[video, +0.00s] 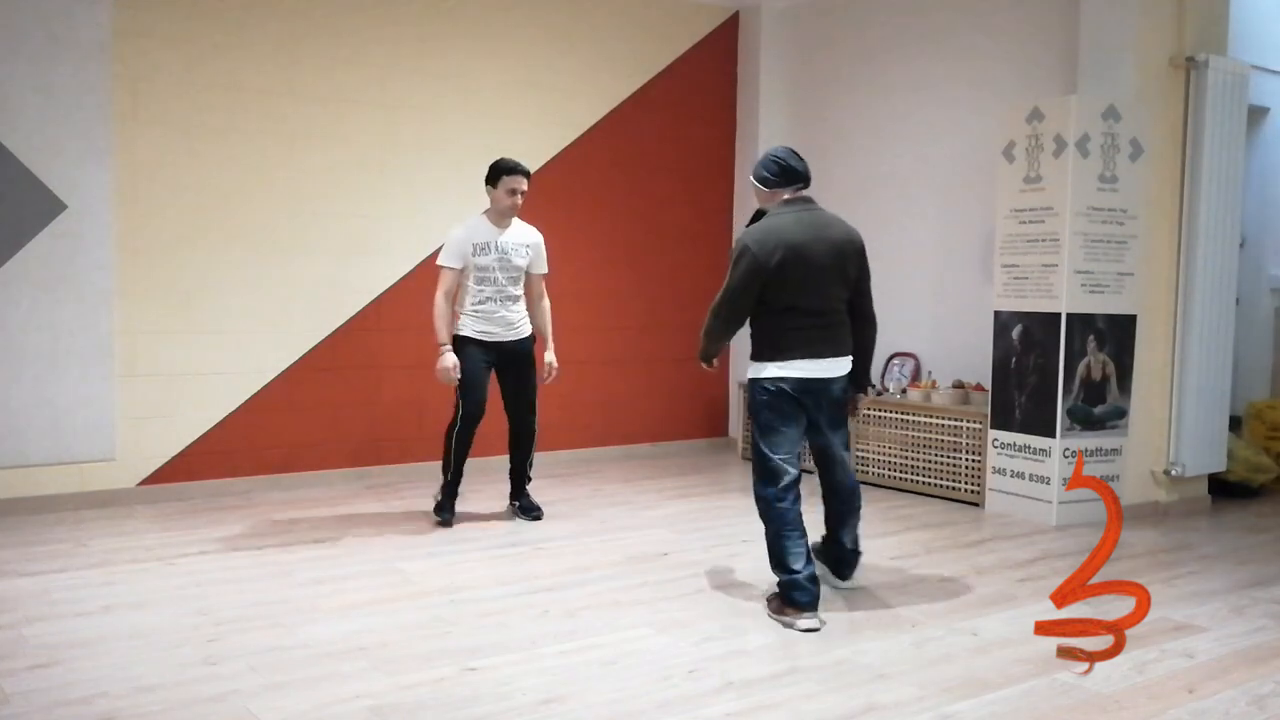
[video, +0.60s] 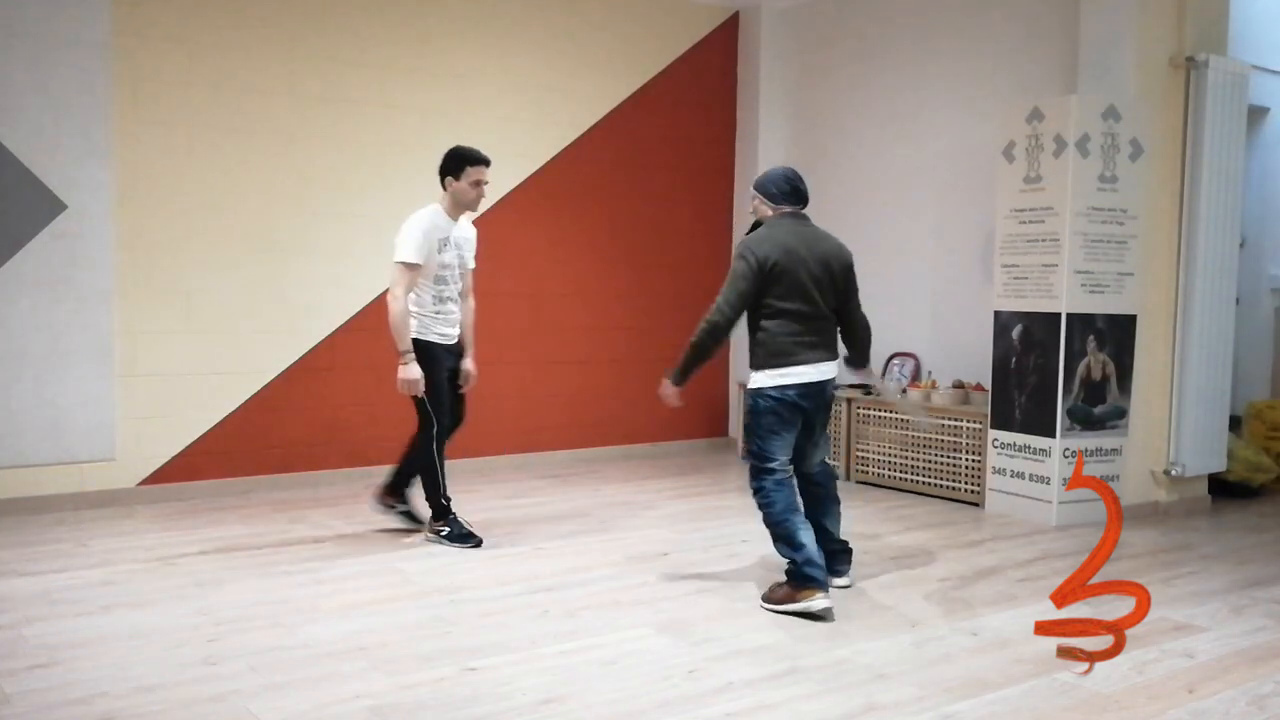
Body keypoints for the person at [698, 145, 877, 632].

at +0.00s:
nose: (756, 195)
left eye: (757, 188)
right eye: (757, 188)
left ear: (767, 190)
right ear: (804, 186)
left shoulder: (760, 239)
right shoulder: (845, 235)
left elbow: (729, 309)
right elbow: (863, 317)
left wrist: (708, 349)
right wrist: (858, 379)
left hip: (777, 378)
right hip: (834, 376)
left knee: (778, 487)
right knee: (839, 470)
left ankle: (798, 595)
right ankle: (842, 557)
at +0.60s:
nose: (752, 207)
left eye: (755, 200)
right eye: (753, 200)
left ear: (768, 204)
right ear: (798, 204)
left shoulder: (758, 246)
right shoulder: (833, 248)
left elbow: (722, 317)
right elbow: (853, 317)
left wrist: (678, 375)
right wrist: (859, 359)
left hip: (775, 383)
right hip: (821, 381)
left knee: (771, 476)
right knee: (814, 467)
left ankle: (807, 580)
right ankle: (834, 559)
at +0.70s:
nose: (733, 211)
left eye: (737, 204)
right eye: (735, 203)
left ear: (753, 208)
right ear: (781, 207)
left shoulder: (747, 243)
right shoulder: (815, 248)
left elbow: (718, 301)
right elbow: (840, 316)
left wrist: (671, 353)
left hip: (764, 384)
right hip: (810, 380)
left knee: (740, 476)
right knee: (804, 465)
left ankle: (791, 560)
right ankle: (834, 561)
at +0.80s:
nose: (705, 208)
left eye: (710, 201)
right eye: (707, 200)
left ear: (729, 204)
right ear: (750, 203)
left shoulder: (734, 231)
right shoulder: (782, 238)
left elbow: (731, 267)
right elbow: (802, 287)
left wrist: (707, 303)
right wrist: (800, 254)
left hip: (750, 377)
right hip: (791, 374)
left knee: (699, 462)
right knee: (790, 461)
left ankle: (735, 563)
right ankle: (831, 556)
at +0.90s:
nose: (677, 206)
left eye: (682, 198)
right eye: (678, 198)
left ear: (702, 201)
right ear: (718, 199)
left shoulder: (716, 225)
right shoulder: (737, 228)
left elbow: (732, 254)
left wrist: (708, 276)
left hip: (731, 377)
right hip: (763, 375)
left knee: (665, 450)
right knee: (783, 466)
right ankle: (829, 559)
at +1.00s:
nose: (652, 210)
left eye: (657, 202)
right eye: (653, 201)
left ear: (677, 206)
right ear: (685, 205)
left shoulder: (704, 235)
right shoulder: (687, 242)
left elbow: (719, 268)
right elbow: (643, 258)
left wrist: (670, 277)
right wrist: (600, 231)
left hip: (697, 382)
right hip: (724, 379)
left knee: (635, 455)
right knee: (746, 463)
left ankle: (641, 557)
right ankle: (810, 543)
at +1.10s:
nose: (627, 209)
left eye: (633, 201)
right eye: (628, 201)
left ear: (655, 205)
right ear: (657, 206)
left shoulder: (690, 242)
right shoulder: (649, 250)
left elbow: (690, 296)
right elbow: (605, 297)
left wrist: (625, 292)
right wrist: (538, 305)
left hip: (674, 381)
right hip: (668, 379)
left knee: (617, 458)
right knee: (673, 455)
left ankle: (641, 558)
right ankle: (747, 523)